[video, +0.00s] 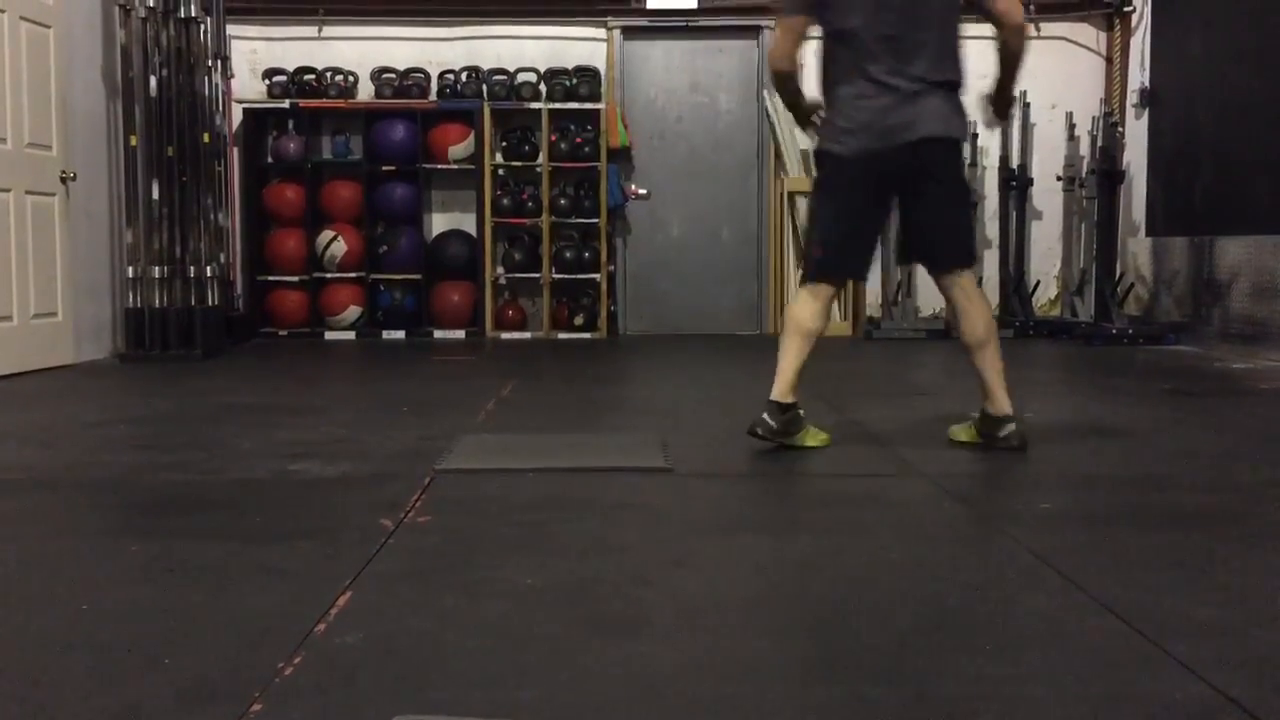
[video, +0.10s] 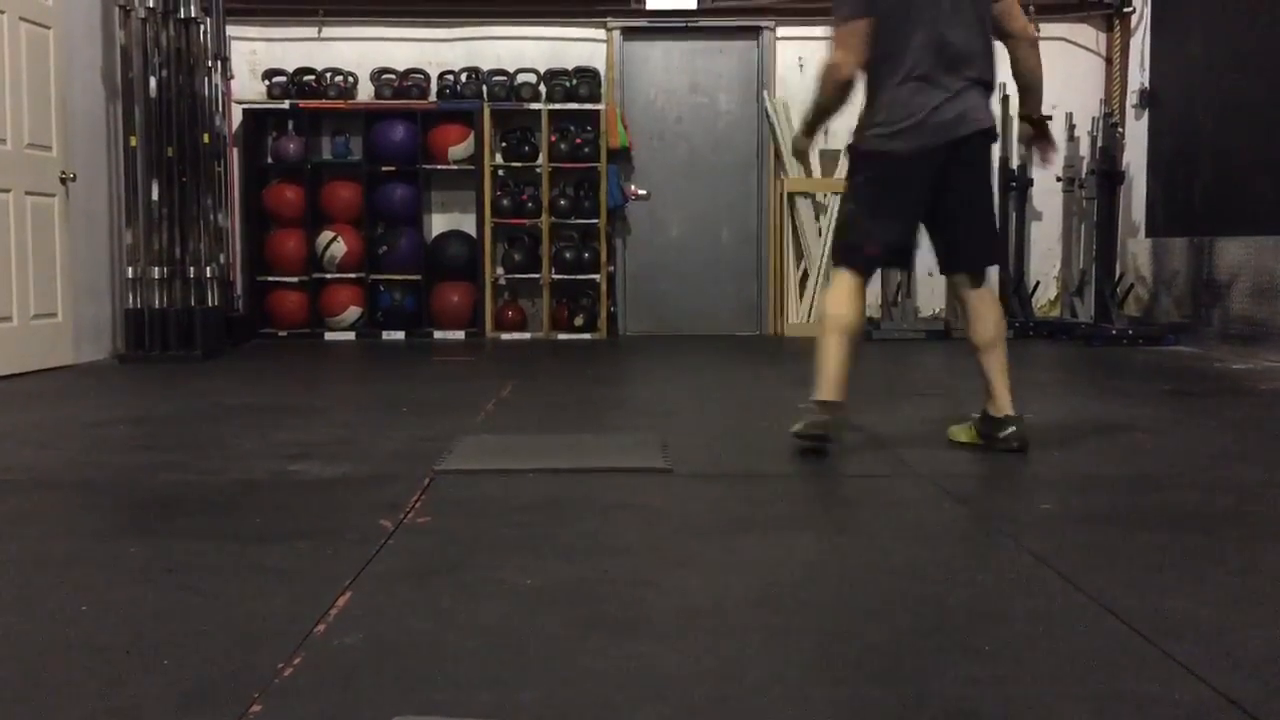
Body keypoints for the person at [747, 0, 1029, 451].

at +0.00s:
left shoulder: (818, 1)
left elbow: (780, 62)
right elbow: (1014, 23)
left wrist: (801, 109)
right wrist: (1004, 90)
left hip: (853, 141)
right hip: (933, 136)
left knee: (819, 283)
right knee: (958, 277)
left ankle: (779, 406)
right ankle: (1001, 414)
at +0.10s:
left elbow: (844, 67)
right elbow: (1023, 36)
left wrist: (809, 127)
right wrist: (1034, 115)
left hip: (892, 141)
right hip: (967, 137)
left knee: (849, 271)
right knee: (976, 276)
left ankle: (825, 407)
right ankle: (1002, 415)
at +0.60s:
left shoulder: (949, 3)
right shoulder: (928, 9)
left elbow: (978, 52)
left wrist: (977, 156)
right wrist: (976, 155)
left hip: (1038, 122)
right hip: (993, 126)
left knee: (1030, 271)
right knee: (957, 261)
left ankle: (1059, 429)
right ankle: (1004, 395)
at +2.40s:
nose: (641, 274)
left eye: (635, 261)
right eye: (633, 264)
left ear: (654, 237)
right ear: (658, 231)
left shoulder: (728, 252)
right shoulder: (716, 253)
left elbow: (756, 345)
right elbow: (748, 343)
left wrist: (740, 440)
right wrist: (731, 412)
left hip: (891, 354)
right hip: (885, 348)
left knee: (1033, 422)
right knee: (1012, 396)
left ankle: (1203, 382)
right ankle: (1131, 358)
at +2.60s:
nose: (617, 287)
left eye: (609, 276)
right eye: (606, 283)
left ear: (622, 243)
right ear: (622, 249)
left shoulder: (683, 232)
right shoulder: (677, 240)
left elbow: (715, 338)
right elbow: (715, 336)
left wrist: (735, 435)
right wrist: (719, 411)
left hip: (870, 219)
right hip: (863, 253)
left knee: (987, 320)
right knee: (979, 324)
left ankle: (1148, 359)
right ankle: (1101, 357)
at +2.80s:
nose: (648, 277)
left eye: (638, 269)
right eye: (636, 275)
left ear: (646, 233)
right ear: (647, 223)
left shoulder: (706, 219)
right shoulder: (694, 214)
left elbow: (730, 332)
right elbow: (722, 322)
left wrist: (736, 435)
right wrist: (718, 410)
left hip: (859, 135)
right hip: (845, 134)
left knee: (780, 268)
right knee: (776, 265)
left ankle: (873, 383)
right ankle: (873, 375)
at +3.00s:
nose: (569, 168)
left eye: (570, 153)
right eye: (563, 157)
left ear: (600, 133)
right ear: (604, 131)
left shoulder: (651, 168)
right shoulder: (646, 161)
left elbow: (681, 268)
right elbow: (677, 264)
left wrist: (693, 367)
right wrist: (682, 353)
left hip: (820, 200)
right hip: (813, 198)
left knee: (708, 310)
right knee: (729, 308)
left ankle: (825, 414)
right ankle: (801, 402)